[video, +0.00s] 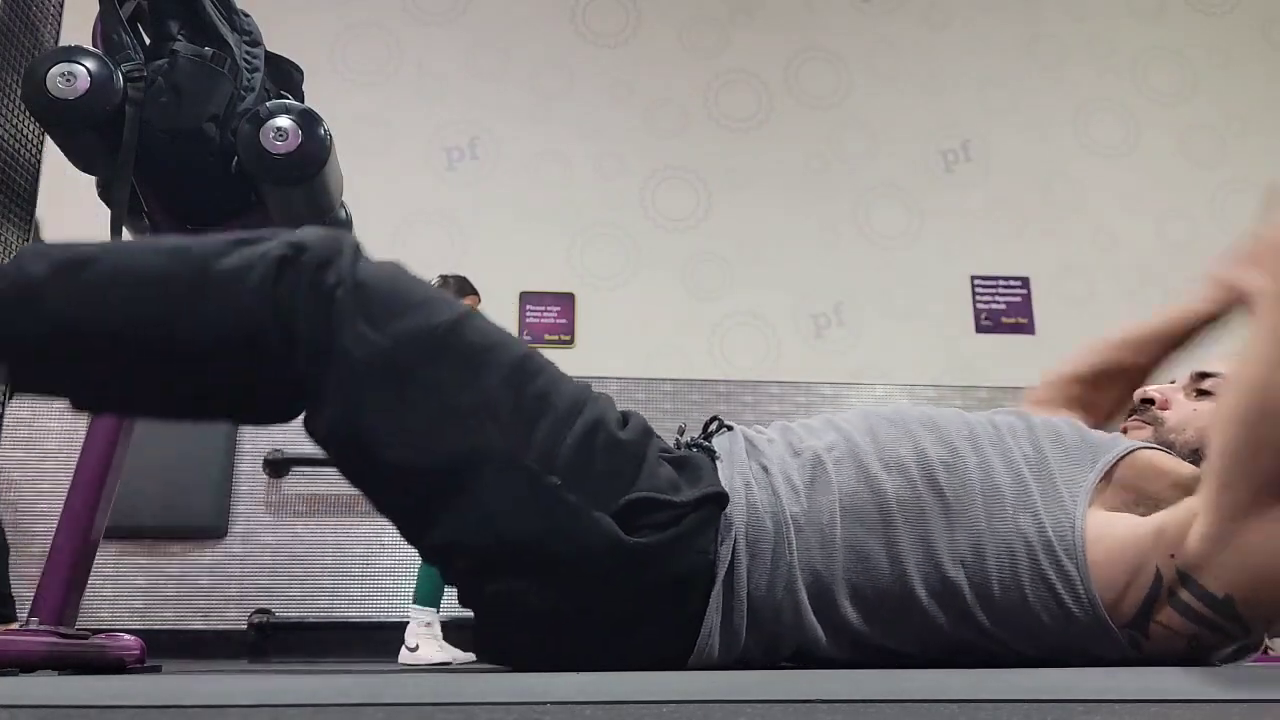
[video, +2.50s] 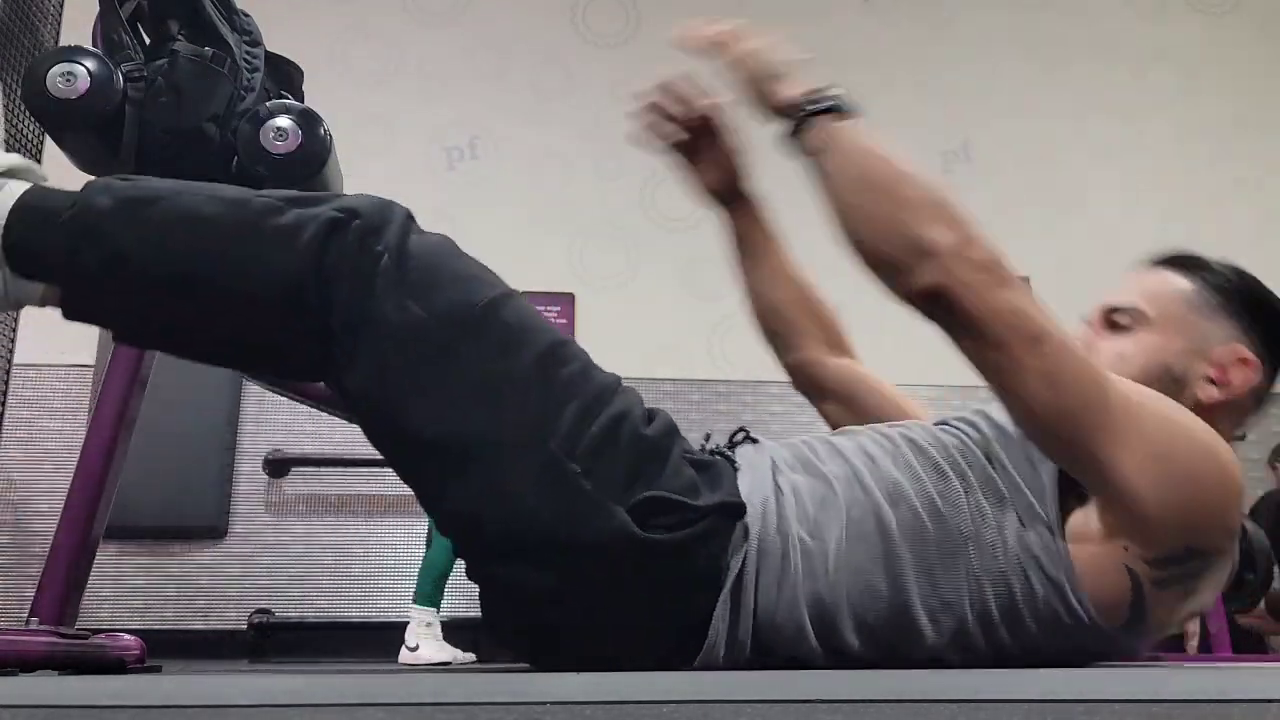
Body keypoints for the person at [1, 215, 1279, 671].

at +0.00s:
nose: (1182, 395)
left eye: (1214, 390)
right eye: (1188, 378)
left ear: (1244, 449)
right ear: (1171, 411)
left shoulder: (1190, 568)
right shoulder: (1091, 463)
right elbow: (1075, 384)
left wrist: (1244, 310)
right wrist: (1222, 294)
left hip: (671, 552)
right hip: (657, 484)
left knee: (324, 289)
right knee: (322, 296)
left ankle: (3, 303)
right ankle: (12, 311)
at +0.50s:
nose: (850, 196)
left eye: (878, 168)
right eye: (853, 175)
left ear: (984, 170)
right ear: (924, 183)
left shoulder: (1036, 287)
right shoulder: (861, 343)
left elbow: (759, 212)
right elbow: (646, 287)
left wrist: (516, 112)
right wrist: (495, 157)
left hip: (696, 570)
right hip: (643, 564)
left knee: (472, 189)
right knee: (470, 185)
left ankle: (78, 164)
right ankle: (98, 157)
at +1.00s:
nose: (889, 210)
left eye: (921, 185)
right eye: (892, 185)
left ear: (1019, 196)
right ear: (923, 214)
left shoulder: (1064, 323)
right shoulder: (883, 366)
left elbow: (798, 165)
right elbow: (699, 282)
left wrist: (635, 31)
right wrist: (605, 114)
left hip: (686, 569)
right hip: (654, 541)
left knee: (443, 196)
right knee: (438, 211)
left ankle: (75, 163)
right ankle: (95, 180)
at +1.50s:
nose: (1189, 388)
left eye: (1217, 402)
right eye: (1191, 377)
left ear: (1245, 455)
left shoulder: (1193, 569)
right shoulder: (1099, 483)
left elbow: (1266, 398)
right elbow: (1092, 395)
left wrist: (1241, 391)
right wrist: (1195, 390)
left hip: (690, 538)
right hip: (677, 510)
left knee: (247, 378)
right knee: (250, 387)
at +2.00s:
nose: (1196, 405)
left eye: (1225, 419)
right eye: (1208, 397)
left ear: (1234, 479)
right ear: (1172, 425)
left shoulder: (1177, 557)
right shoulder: (1104, 483)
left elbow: (1273, 542)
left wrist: (1245, 453)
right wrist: (1231, 440)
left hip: (658, 538)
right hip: (651, 470)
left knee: (216, 451)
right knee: (239, 440)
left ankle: (13, 523)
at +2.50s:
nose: (1086, 340)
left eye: (1129, 329)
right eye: (1100, 321)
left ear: (1224, 382)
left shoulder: (1195, 487)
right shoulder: (1040, 469)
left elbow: (951, 274)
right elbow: (833, 369)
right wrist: (738, 201)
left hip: (686, 561)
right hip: (669, 522)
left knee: (368, 265)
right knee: (381, 285)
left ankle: (23, 230)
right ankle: (68, 235)